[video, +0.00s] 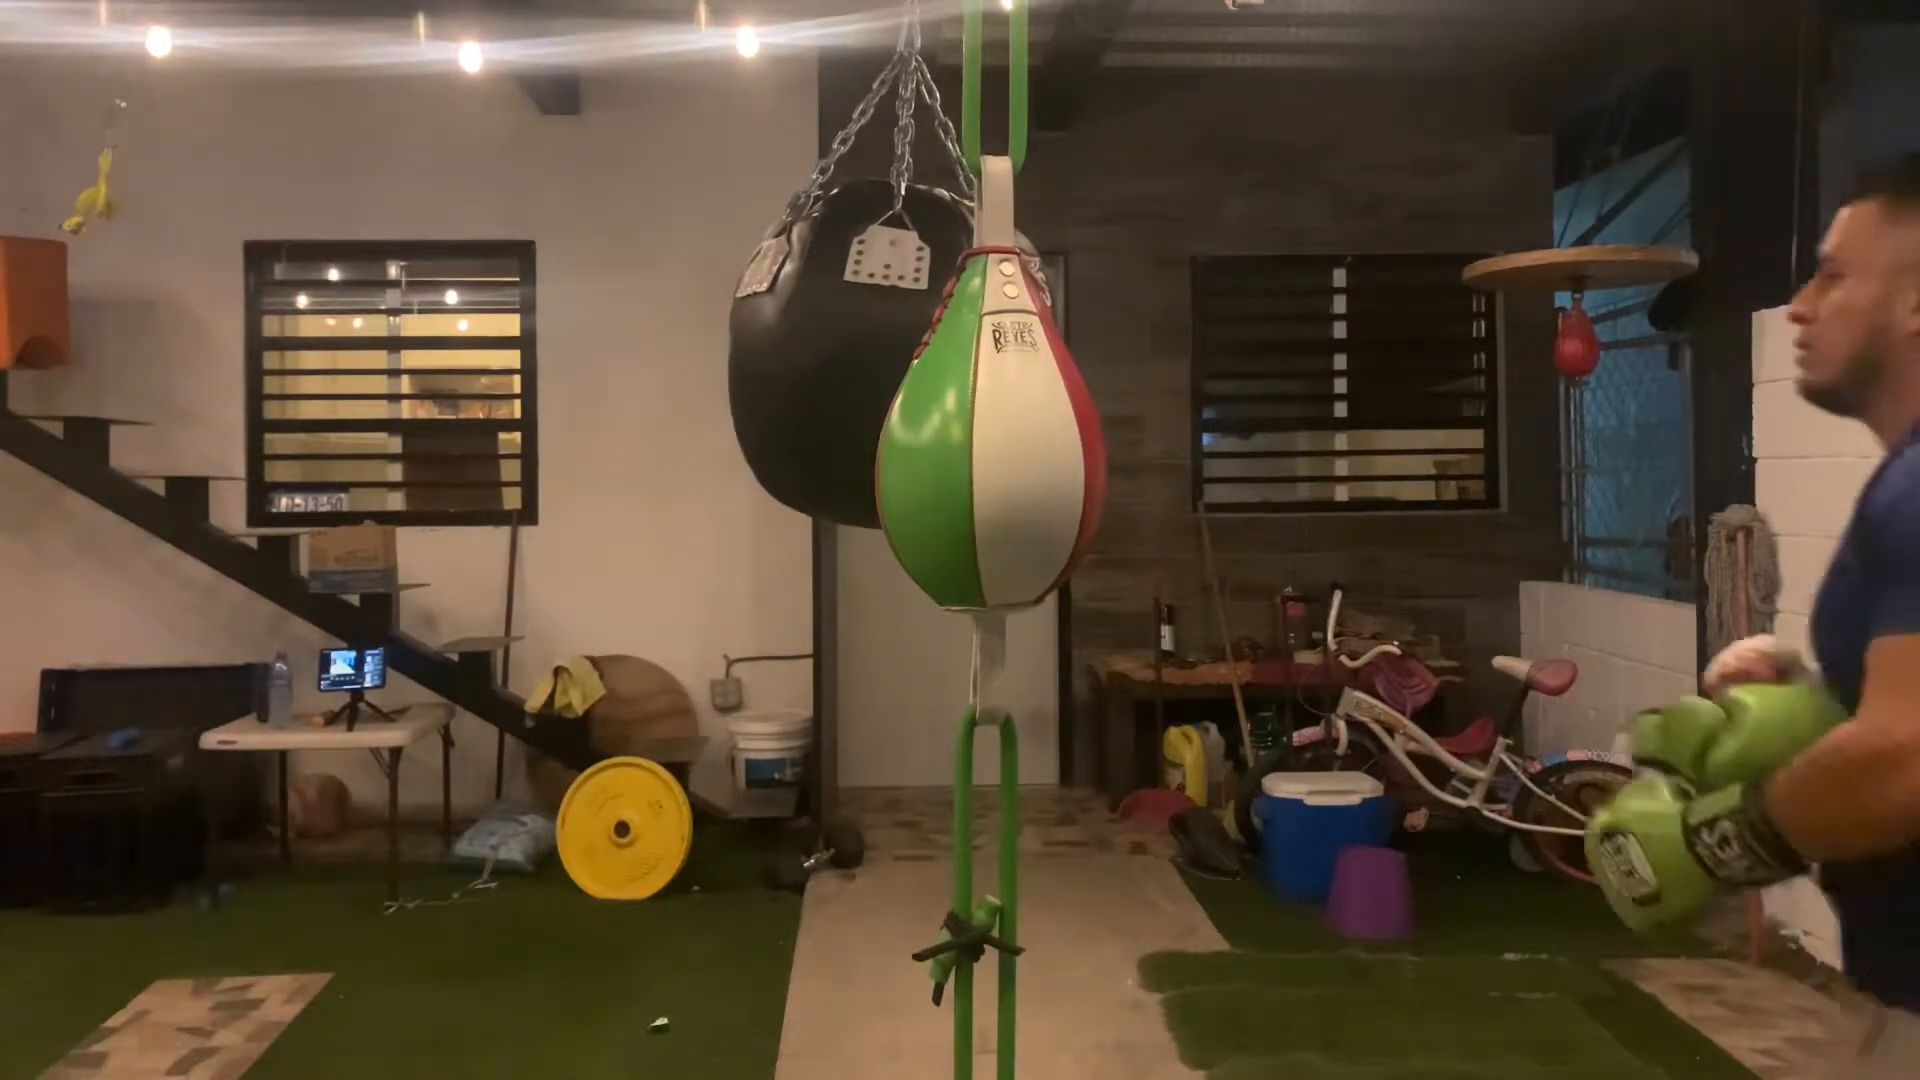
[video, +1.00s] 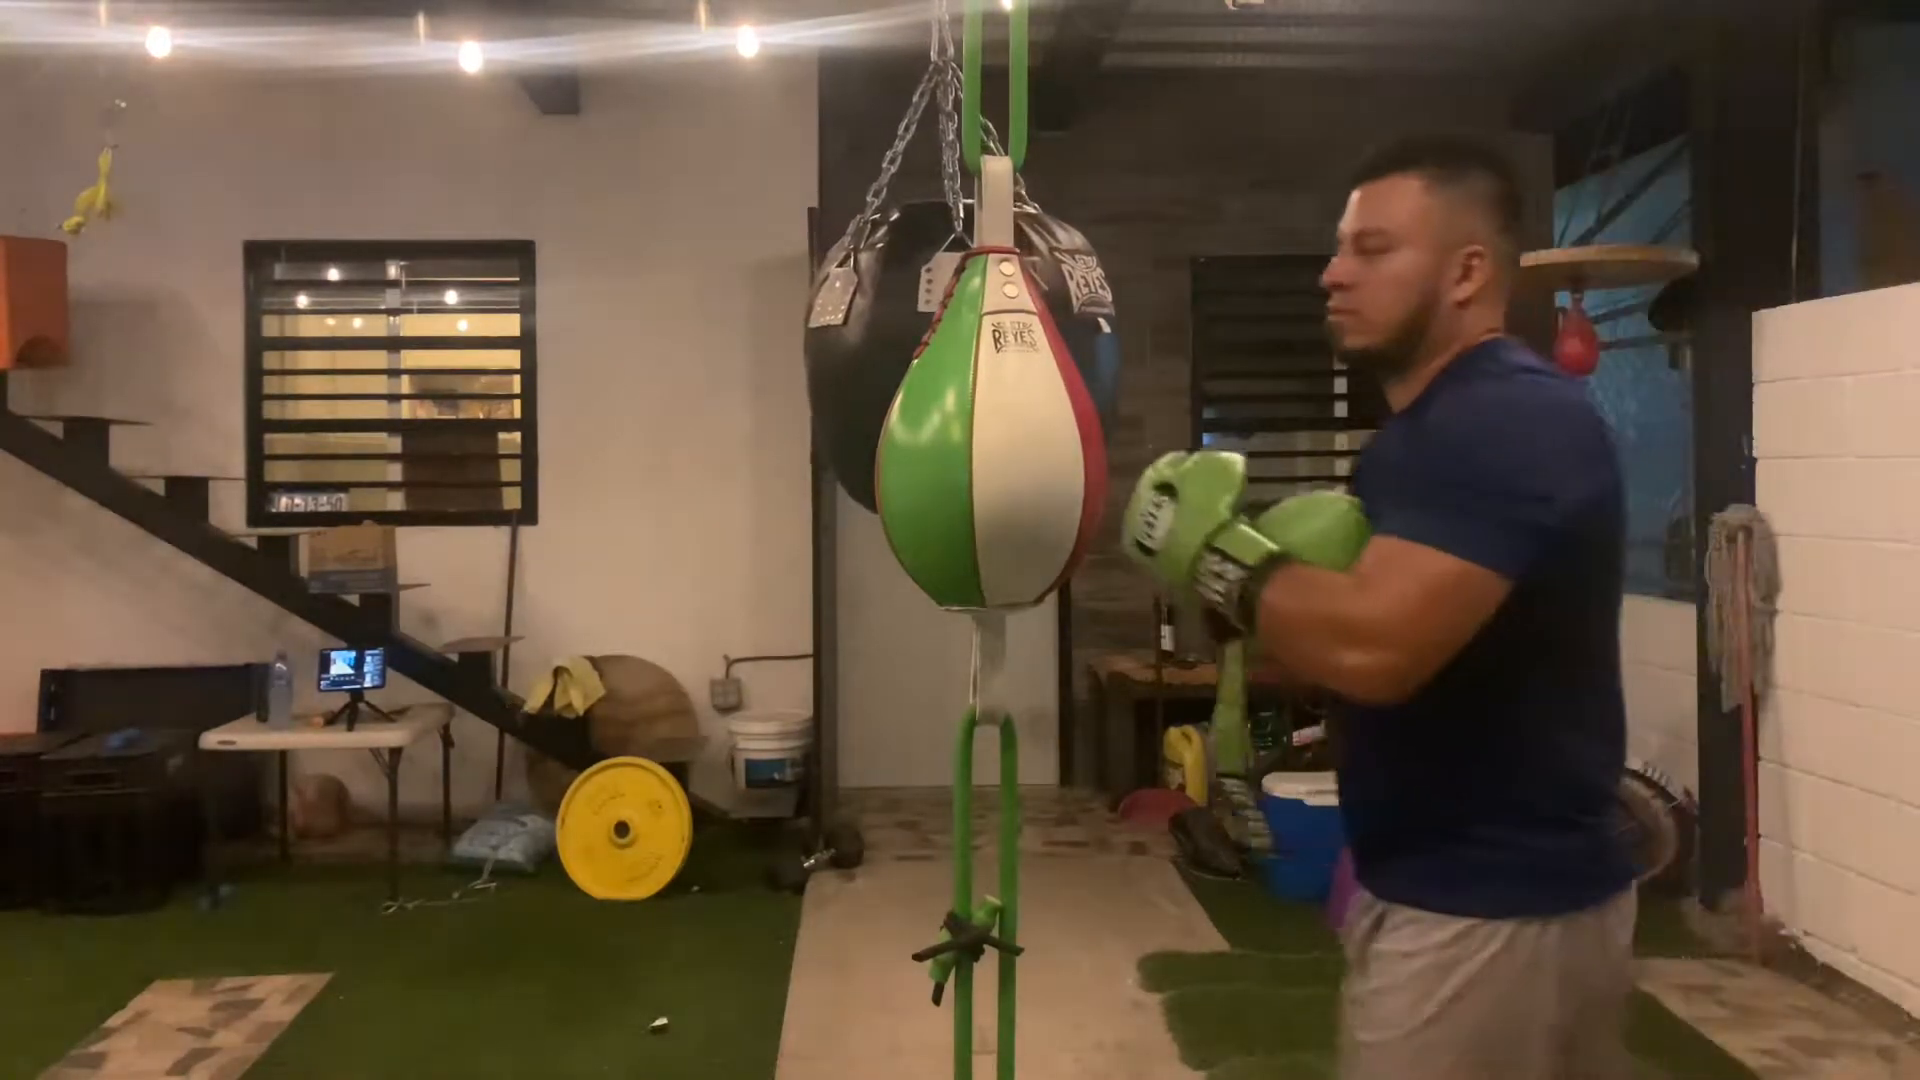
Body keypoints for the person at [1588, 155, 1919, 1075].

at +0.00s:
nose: (1795, 307)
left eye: (1831, 276)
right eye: (1811, 276)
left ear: (1913, 306)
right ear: (1907, 306)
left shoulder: (1908, 489)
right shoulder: (1896, 482)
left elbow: (1898, 760)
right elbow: (1888, 701)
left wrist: (1720, 847)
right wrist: (1796, 687)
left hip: (1912, 1002)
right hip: (1892, 983)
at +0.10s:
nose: (1743, 301)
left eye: (1774, 274)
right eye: (1757, 275)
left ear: (1872, 299)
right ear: (1869, 301)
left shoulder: (1883, 477)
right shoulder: (1872, 463)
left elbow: (1887, 738)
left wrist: (1712, 795)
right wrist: (1751, 662)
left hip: (1884, 993)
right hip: (1861, 970)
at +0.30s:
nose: (1627, 296)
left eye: (1660, 267)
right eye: (1637, 269)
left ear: (1757, 286)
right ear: (1749, 288)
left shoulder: (1828, 437)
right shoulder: (1744, 447)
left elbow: (1841, 699)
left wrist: (1601, 712)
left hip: (1829, 945)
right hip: (1748, 923)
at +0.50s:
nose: (1539, 302)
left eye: (1575, 274)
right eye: (1545, 276)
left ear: (1672, 295)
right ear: (1662, 299)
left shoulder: (1752, 448)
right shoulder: (1647, 454)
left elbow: (1757, 703)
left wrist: (1519, 689)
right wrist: (1522, 650)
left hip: (1746, 931)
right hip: (1683, 919)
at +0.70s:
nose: (1459, 310)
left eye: (1496, 282)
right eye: (1465, 284)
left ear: (1595, 301)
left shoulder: (1666, 459)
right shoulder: (1565, 464)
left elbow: (1608, 714)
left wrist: (1396, 659)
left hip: (1641, 944)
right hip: (1571, 924)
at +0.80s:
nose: (1407, 295)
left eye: (1445, 268)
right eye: (1412, 270)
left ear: (1541, 288)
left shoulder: (1595, 445)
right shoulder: (1494, 454)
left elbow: (1501, 695)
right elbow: (1473, 652)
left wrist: (1313, 619)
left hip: (1570, 926)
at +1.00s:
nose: (1333, 275)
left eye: (1371, 248)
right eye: (1338, 250)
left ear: (1467, 273)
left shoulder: (1508, 416)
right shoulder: (1428, 425)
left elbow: (1375, 647)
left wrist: (1223, 561)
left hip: (1488, 917)